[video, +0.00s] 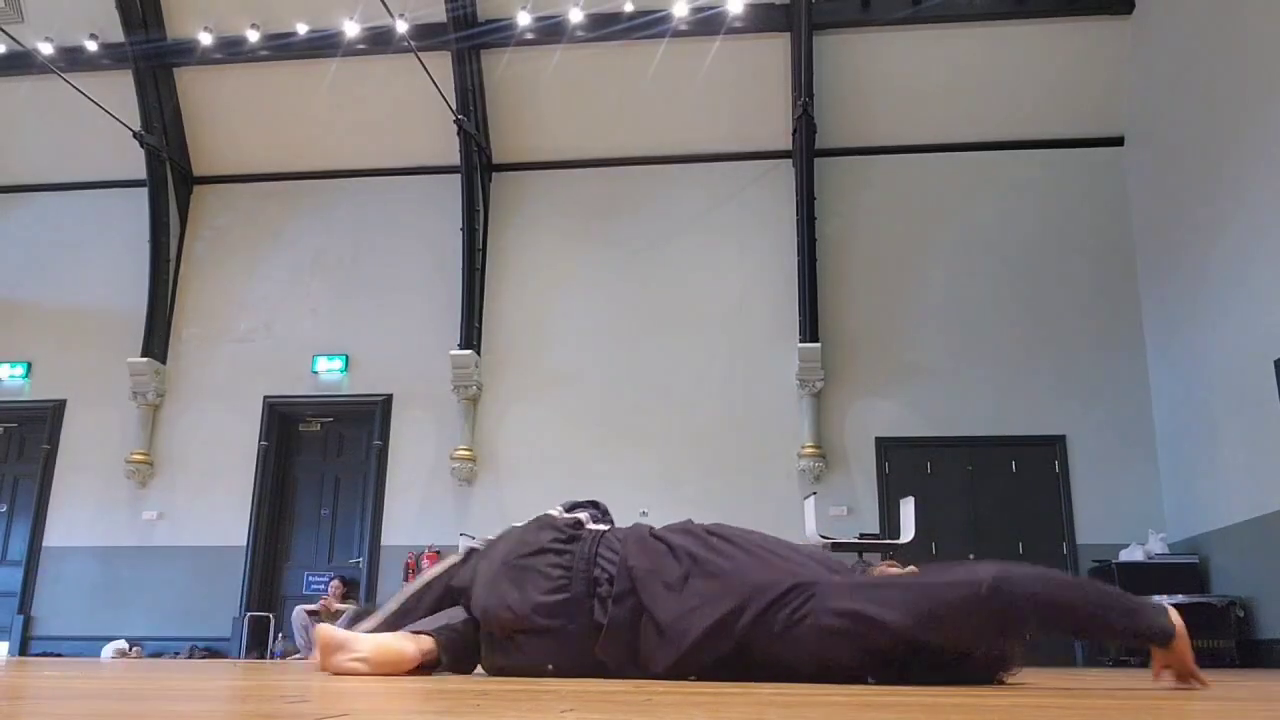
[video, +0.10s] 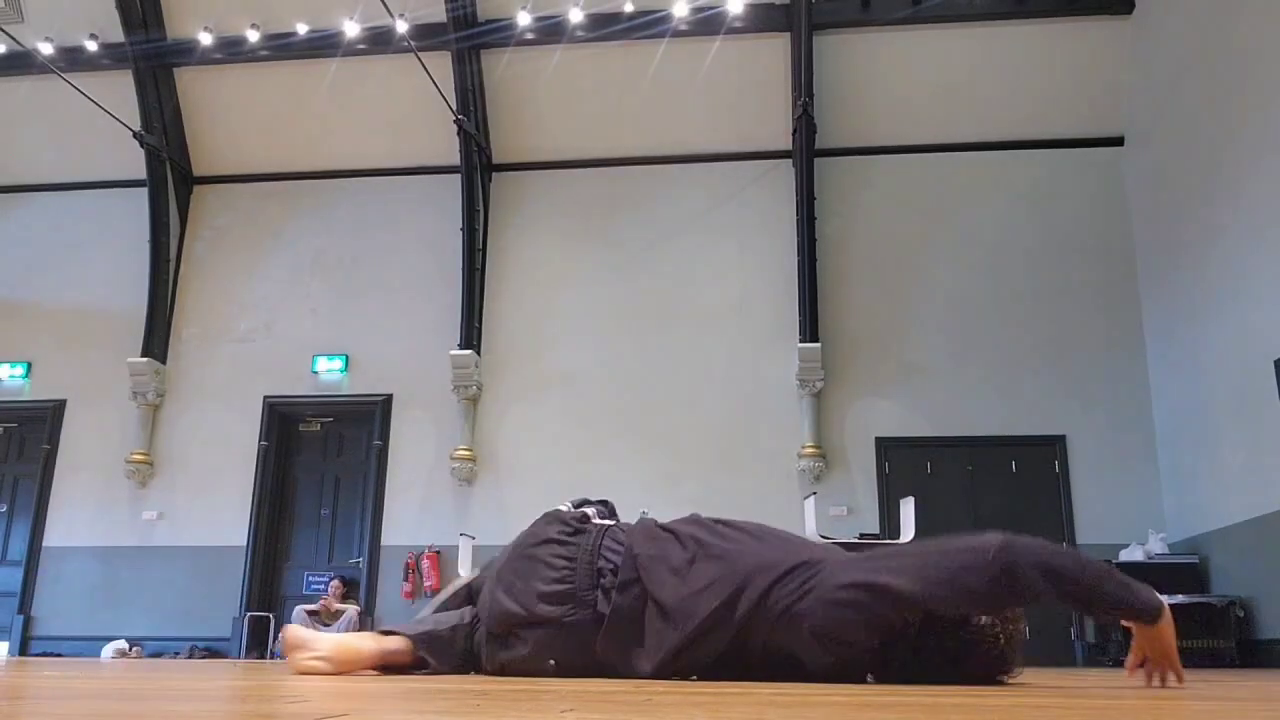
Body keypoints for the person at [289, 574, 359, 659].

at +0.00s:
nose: (333, 591)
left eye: (337, 588)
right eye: (331, 587)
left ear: (344, 590)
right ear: (328, 589)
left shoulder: (349, 603)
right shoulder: (323, 603)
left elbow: (356, 608)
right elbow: (299, 608)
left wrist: (335, 606)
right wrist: (316, 607)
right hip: (318, 633)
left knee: (352, 612)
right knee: (298, 611)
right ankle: (304, 651)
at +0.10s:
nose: (333, 591)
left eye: (337, 588)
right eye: (331, 587)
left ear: (343, 591)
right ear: (328, 588)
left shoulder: (349, 603)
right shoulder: (324, 602)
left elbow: (357, 609)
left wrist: (336, 606)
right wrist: (317, 607)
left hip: (337, 628)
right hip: (318, 627)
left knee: (352, 613)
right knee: (298, 610)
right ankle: (302, 642)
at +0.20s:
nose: (333, 591)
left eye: (337, 588)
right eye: (331, 587)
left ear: (343, 591)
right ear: (328, 588)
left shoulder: (349, 603)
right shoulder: (324, 602)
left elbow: (357, 610)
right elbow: (301, 608)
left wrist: (336, 606)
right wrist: (317, 607)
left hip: (337, 628)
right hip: (318, 627)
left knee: (352, 613)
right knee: (298, 610)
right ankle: (300, 641)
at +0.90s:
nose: (333, 591)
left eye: (337, 588)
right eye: (331, 587)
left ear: (344, 590)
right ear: (328, 588)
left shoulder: (349, 603)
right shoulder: (322, 603)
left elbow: (357, 609)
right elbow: (297, 608)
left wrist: (333, 606)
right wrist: (317, 606)